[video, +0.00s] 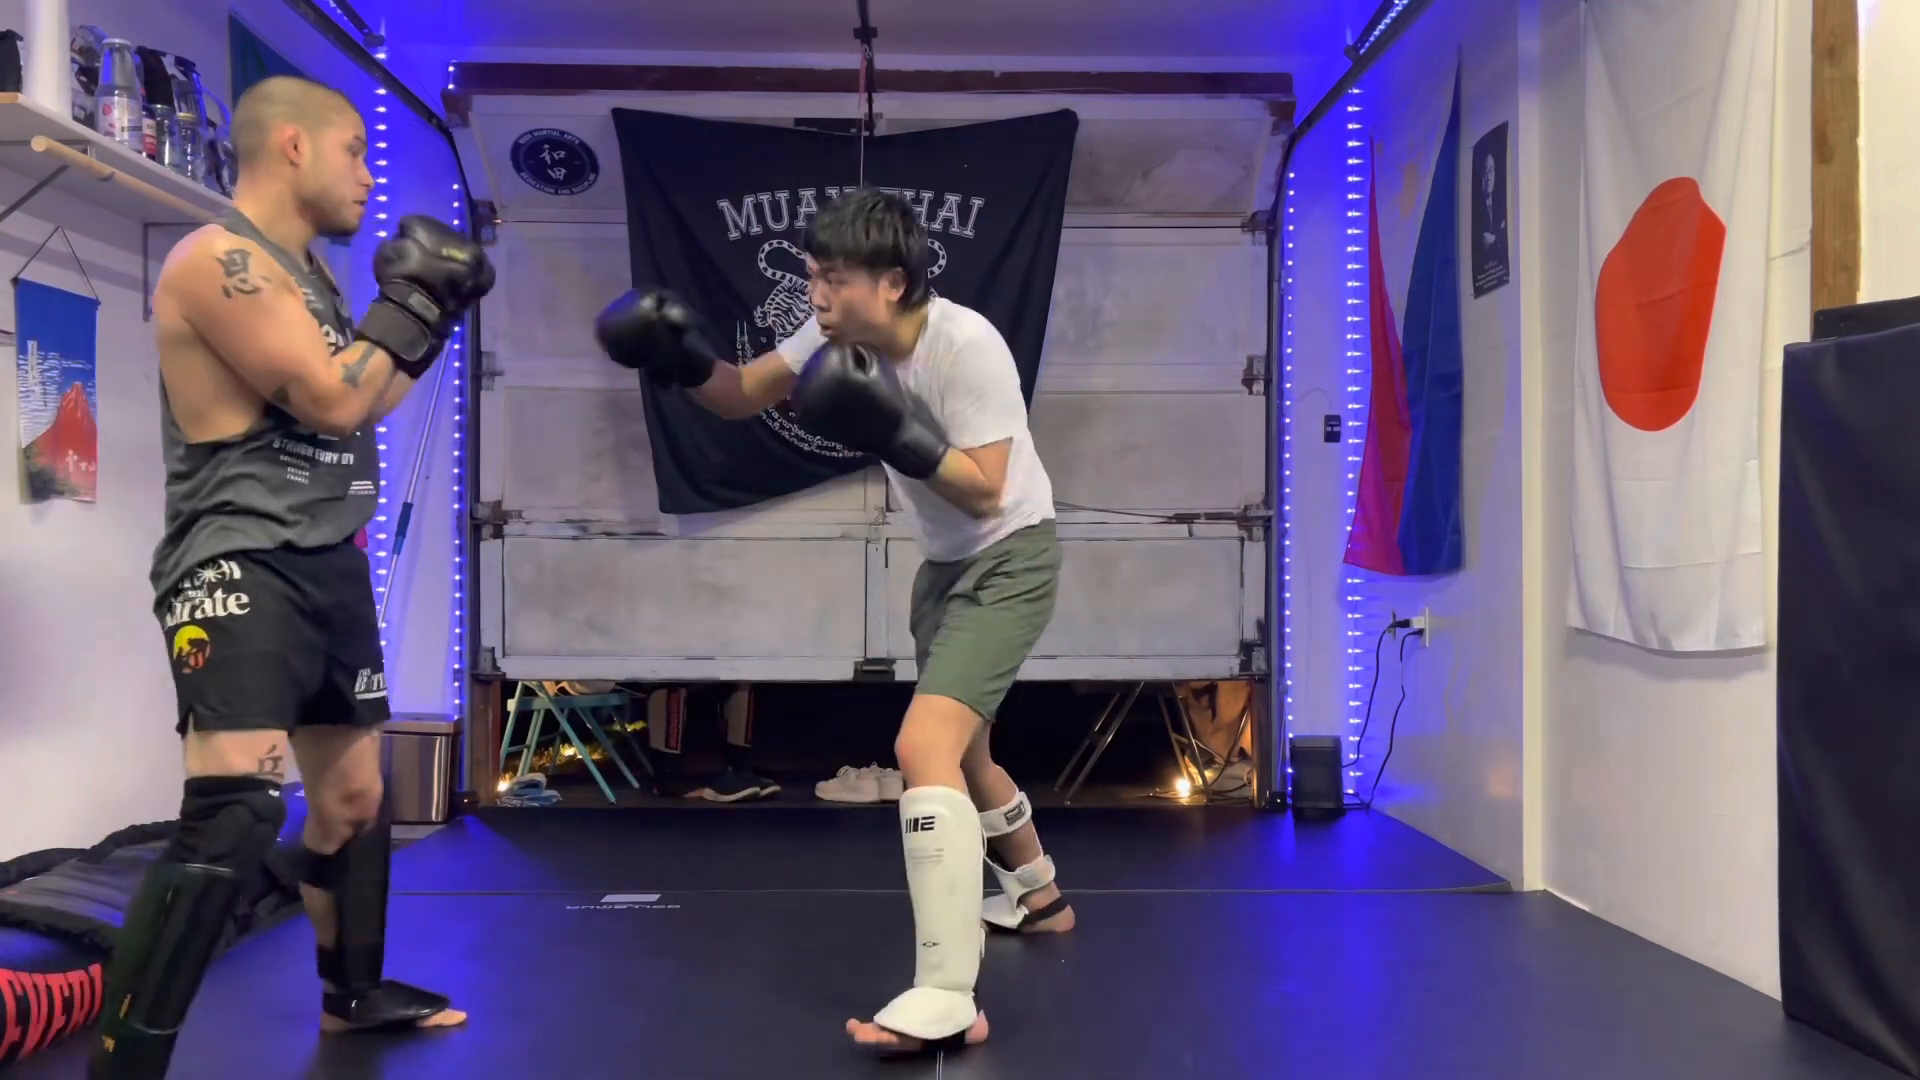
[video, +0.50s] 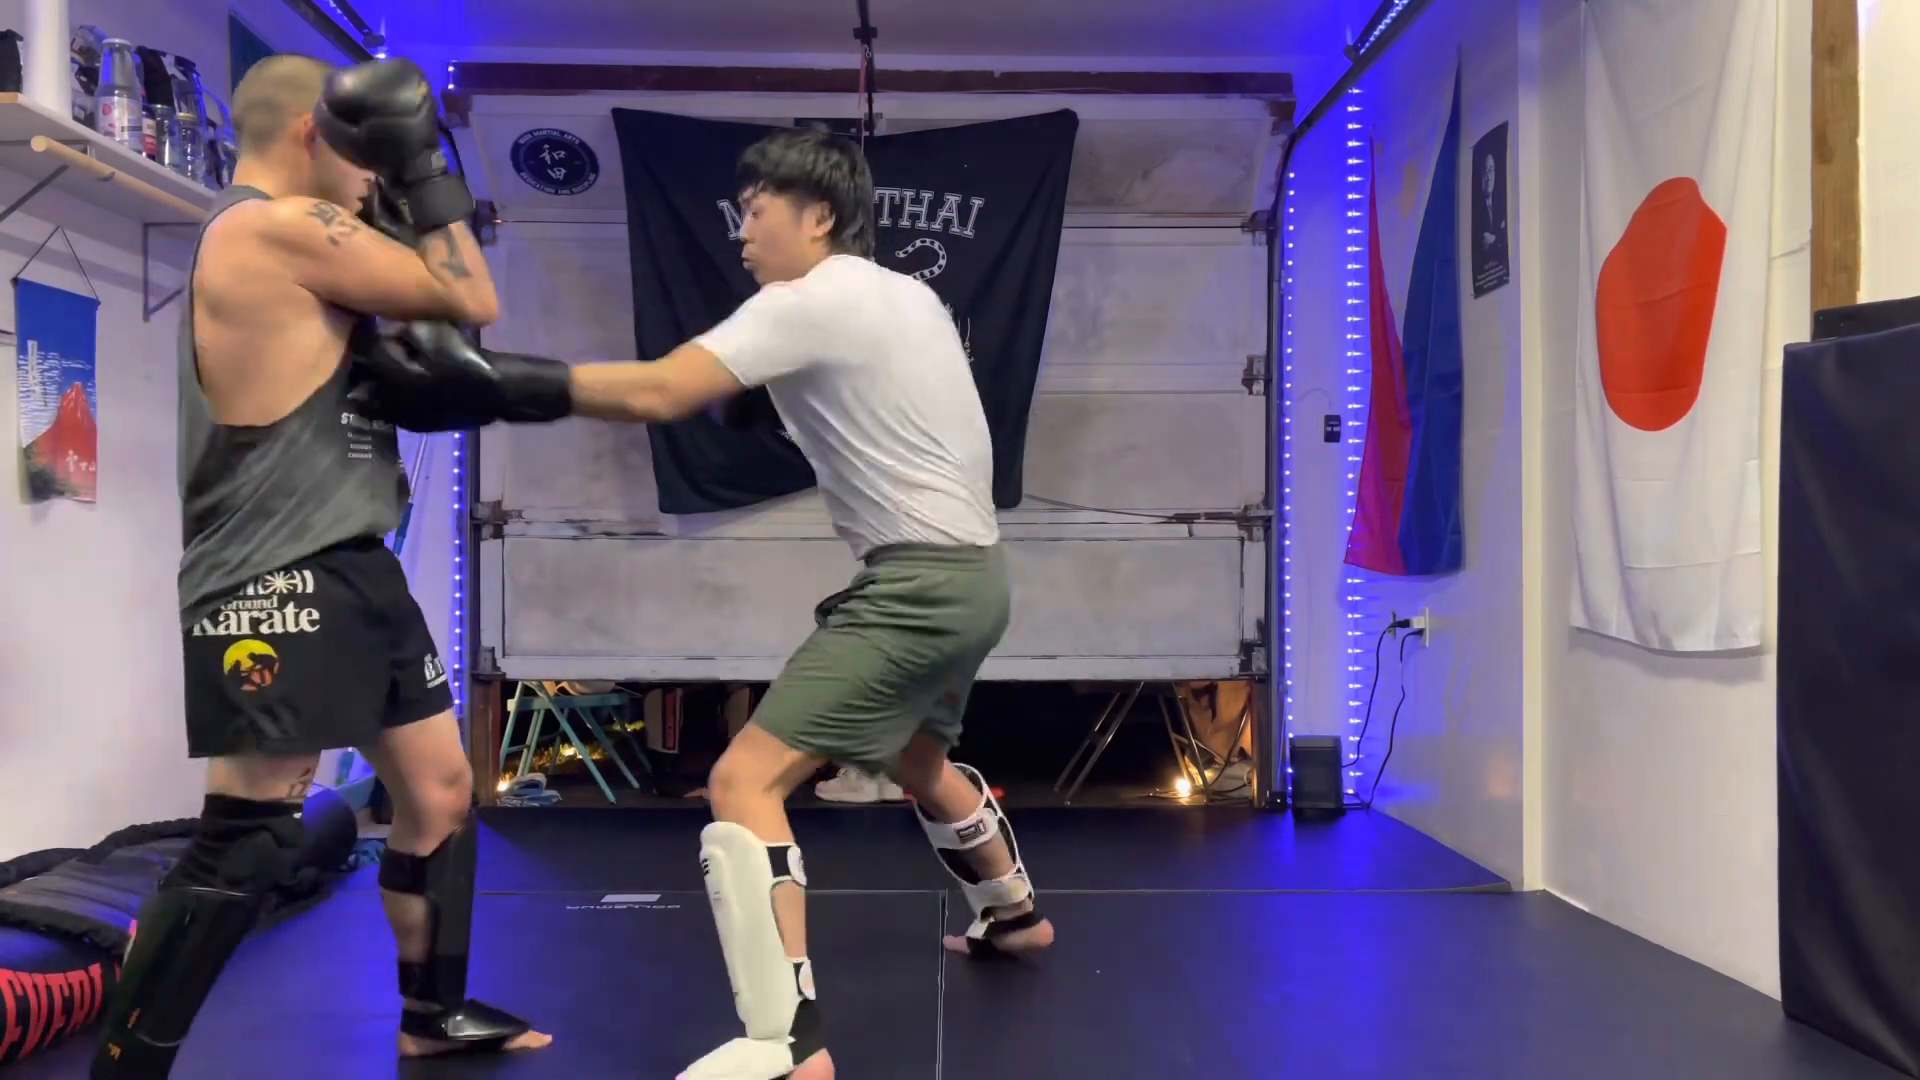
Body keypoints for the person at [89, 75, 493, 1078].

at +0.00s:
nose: (368, 175)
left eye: (368, 156)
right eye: (355, 152)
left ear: (291, 153)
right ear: (290, 150)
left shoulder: (306, 277)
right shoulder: (217, 257)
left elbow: (366, 403)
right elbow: (334, 401)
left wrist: (430, 314)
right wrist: (410, 298)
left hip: (327, 563)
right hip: (235, 559)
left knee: (350, 802)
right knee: (234, 815)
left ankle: (355, 993)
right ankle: (131, 1056)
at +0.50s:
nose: (374, 171)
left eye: (373, 146)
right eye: (360, 145)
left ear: (280, 137)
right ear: (312, 133)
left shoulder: (293, 235)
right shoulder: (271, 229)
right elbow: (472, 298)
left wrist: (426, 208)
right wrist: (423, 171)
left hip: (350, 561)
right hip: (269, 571)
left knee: (437, 786)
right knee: (249, 832)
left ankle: (434, 1014)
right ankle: (129, 1057)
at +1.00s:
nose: (400, 147)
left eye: (399, 125)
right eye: (380, 121)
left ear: (326, 129)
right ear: (305, 123)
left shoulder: (371, 263)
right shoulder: (225, 239)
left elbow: (472, 391)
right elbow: (344, 376)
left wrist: (541, 298)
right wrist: (435, 259)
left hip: (391, 571)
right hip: (272, 571)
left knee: (508, 804)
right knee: (229, 847)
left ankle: (536, 1038)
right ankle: (124, 1061)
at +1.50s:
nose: (621, 120)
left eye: (616, 99)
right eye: (605, 97)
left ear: (542, 103)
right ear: (541, 100)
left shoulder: (552, 243)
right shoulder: (474, 205)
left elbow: (554, 397)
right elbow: (550, 361)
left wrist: (642, 401)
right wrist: (677, 295)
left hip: (569, 548)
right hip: (481, 543)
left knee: (562, 807)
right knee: (501, 822)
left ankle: (541, 1042)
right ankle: (367, 1060)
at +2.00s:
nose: (737, 104)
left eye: (734, 81)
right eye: (728, 79)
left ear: (654, 76)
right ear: (674, 74)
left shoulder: (634, 193)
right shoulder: (616, 186)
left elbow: (715, 361)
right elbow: (738, 364)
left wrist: (785, 267)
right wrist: (802, 259)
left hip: (673, 547)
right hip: (617, 552)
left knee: (752, 793)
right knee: (588, 835)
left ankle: (742, 1027)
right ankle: (511, 1067)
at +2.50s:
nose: (898, 114)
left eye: (893, 97)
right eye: (894, 95)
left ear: (789, 104)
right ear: (872, 93)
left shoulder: (756, 212)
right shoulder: (861, 199)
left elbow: (825, 368)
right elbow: (982, 328)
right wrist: (1003, 223)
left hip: (768, 559)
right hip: (846, 553)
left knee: (818, 803)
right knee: (939, 803)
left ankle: (823, 1039)